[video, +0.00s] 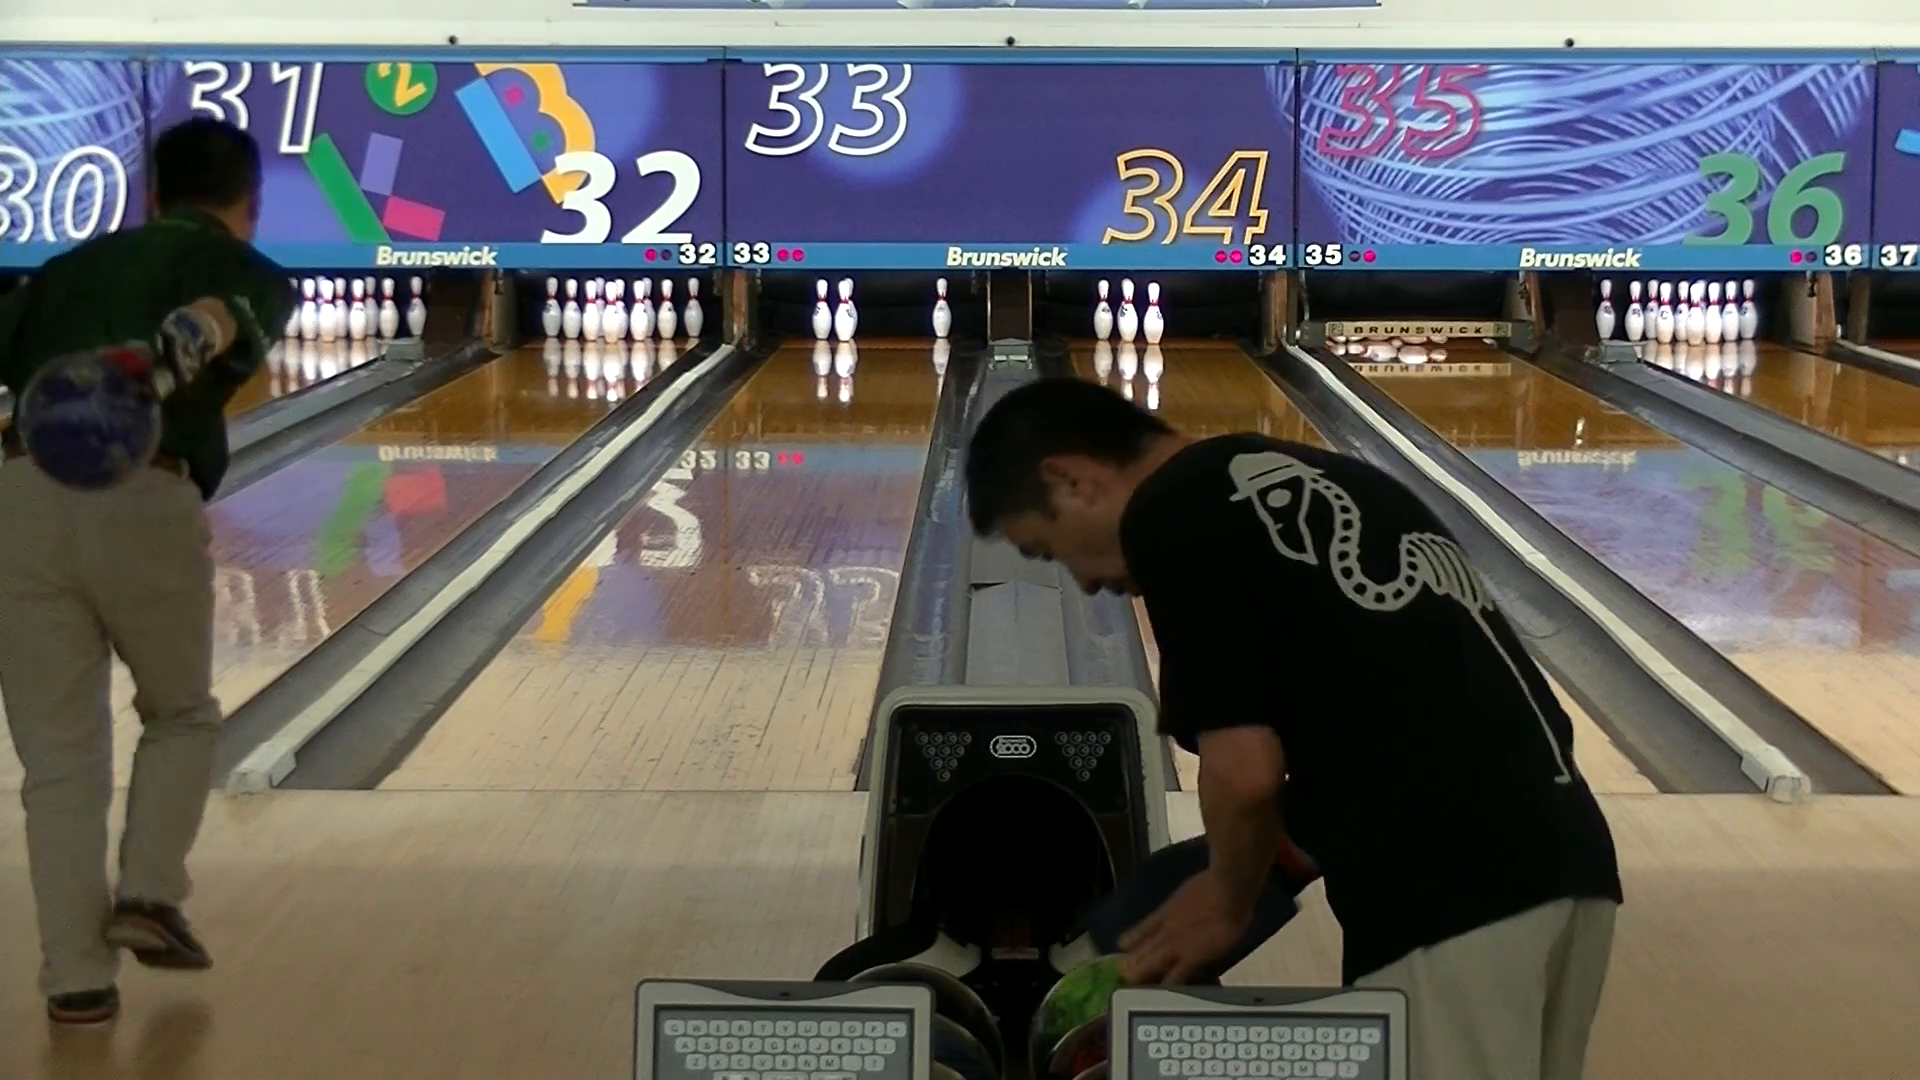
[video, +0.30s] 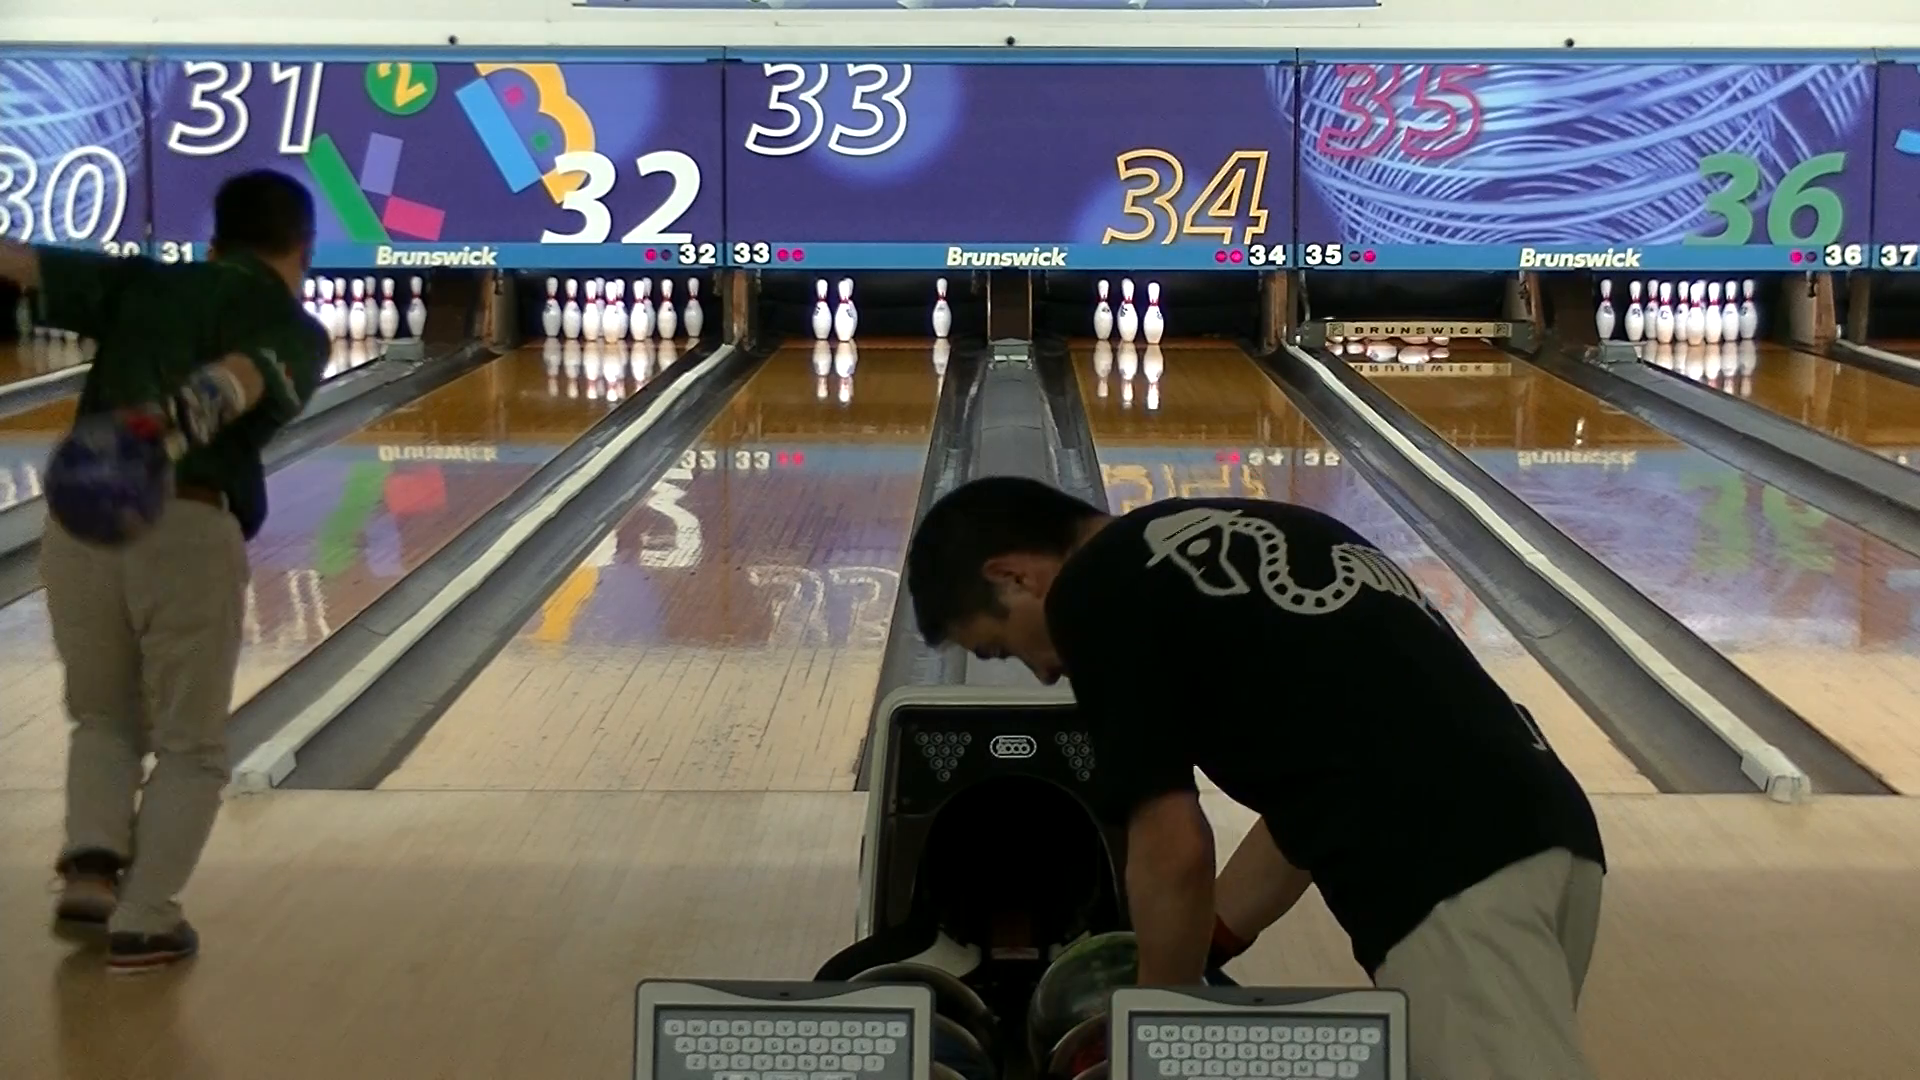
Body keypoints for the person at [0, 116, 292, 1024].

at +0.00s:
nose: (255, 219)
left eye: (251, 206)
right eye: (254, 205)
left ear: (153, 196)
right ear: (241, 202)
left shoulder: (74, 264)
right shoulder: (252, 271)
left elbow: (2, 342)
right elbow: (226, 328)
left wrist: (38, 407)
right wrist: (151, 393)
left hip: (23, 500)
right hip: (145, 499)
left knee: (56, 759)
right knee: (179, 714)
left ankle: (75, 980)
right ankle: (148, 897)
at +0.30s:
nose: (308, 264)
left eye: (304, 251)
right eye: (307, 251)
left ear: (217, 241)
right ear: (295, 250)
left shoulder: (138, 281)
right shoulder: (295, 330)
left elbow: (21, 264)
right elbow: (248, 378)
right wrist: (163, 427)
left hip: (75, 515)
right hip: (185, 523)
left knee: (101, 714)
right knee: (189, 742)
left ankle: (90, 865)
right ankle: (143, 922)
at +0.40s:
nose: (323, 292)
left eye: (322, 280)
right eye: (324, 280)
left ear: (240, 264)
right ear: (315, 282)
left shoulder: (166, 295)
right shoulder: (307, 364)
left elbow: (47, 267)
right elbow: (261, 439)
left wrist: (4, 247)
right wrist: (239, 481)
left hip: (81, 538)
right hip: (184, 548)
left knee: (133, 705)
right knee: (190, 758)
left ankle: (137, 878)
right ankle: (146, 900)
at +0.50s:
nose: (345, 311)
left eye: (345, 299)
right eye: (345, 298)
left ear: (257, 285)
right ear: (337, 302)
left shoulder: (186, 314)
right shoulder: (325, 404)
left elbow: (78, 291)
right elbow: (285, 518)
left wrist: (5, 269)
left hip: (91, 548)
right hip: (194, 566)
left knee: (197, 684)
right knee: (179, 754)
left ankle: (209, 837)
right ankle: (142, 886)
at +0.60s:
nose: (359, 312)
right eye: (359, 301)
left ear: (272, 290)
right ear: (352, 307)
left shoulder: (213, 326)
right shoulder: (346, 417)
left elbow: (110, 322)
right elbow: (331, 564)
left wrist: (16, 317)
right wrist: (335, 663)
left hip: (109, 554)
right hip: (209, 577)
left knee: (235, 673)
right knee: (187, 749)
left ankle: (251, 821)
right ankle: (138, 859)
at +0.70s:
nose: (368, 299)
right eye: (368, 290)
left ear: (284, 286)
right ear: (363, 299)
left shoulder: (232, 321)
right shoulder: (362, 410)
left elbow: (143, 352)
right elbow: (370, 561)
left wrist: (47, 382)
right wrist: (394, 672)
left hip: (135, 549)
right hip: (232, 575)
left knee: (253, 662)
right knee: (214, 738)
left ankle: (280, 806)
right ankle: (154, 835)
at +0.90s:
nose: (380, 259)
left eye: (292, 244)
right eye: (380, 250)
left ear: (298, 249)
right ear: (375, 258)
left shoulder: (259, 293)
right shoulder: (399, 347)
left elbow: (199, 355)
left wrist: (123, 416)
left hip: (187, 504)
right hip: (283, 527)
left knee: (278, 645)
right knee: (254, 699)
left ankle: (302, 795)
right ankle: (182, 790)